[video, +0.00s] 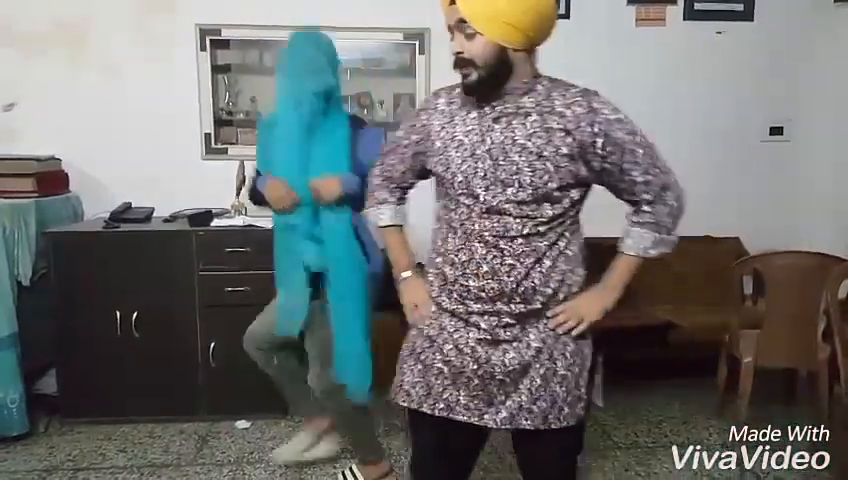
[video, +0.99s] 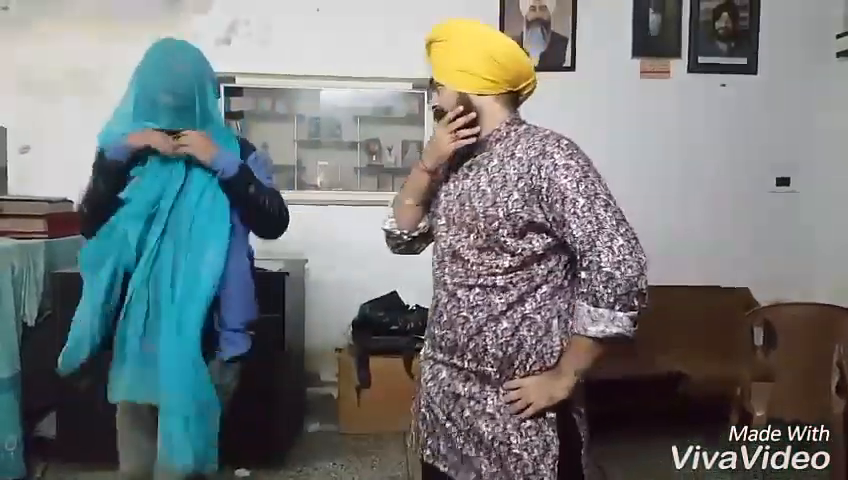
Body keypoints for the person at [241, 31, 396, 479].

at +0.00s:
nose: (301, 85)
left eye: (310, 74)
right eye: (294, 75)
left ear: (328, 74)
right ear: (283, 76)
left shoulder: (356, 132)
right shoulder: (277, 131)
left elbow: (391, 184)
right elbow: (257, 181)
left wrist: (348, 186)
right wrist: (266, 188)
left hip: (346, 272)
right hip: (302, 273)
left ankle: (376, 466)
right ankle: (318, 427)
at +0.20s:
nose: (255, 74)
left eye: (263, 63)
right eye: (246, 64)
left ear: (278, 62)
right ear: (232, 64)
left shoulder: (302, 113)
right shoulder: (220, 112)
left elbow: (349, 165)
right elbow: (192, 167)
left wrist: (299, 168)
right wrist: (235, 167)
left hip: (293, 257)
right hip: (241, 258)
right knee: (281, 363)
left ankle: (333, 437)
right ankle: (282, 452)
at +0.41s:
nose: (217, 91)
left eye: (226, 81)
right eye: (208, 81)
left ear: (245, 77)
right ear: (196, 78)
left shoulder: (275, 127)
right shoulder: (183, 122)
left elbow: (314, 184)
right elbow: (156, 184)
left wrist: (267, 182)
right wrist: (192, 173)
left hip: (257, 270)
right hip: (195, 269)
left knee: (222, 381)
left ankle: (234, 470)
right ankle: (241, 422)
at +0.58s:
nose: (193, 122)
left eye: (203, 111)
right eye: (185, 110)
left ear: (225, 109)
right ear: (176, 107)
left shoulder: (257, 159)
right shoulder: (166, 157)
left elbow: (291, 223)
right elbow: (139, 226)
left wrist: (228, 203)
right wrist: (165, 207)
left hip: (240, 313)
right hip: (178, 308)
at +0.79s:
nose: (175, 110)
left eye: (185, 100)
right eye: (166, 100)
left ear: (207, 90)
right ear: (151, 91)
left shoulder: (241, 140)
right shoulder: (140, 137)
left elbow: (281, 204)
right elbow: (101, 202)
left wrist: (221, 158)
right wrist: (128, 154)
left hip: (212, 315)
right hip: (145, 314)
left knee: (194, 450)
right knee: (149, 453)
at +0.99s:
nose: (170, 126)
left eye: (181, 115)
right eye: (159, 115)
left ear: (202, 102)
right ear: (142, 101)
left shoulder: (238, 157)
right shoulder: (131, 156)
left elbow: (274, 224)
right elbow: (90, 226)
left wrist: (222, 163)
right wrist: (120, 153)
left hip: (212, 344)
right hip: (138, 340)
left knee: (190, 465)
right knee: (135, 466)